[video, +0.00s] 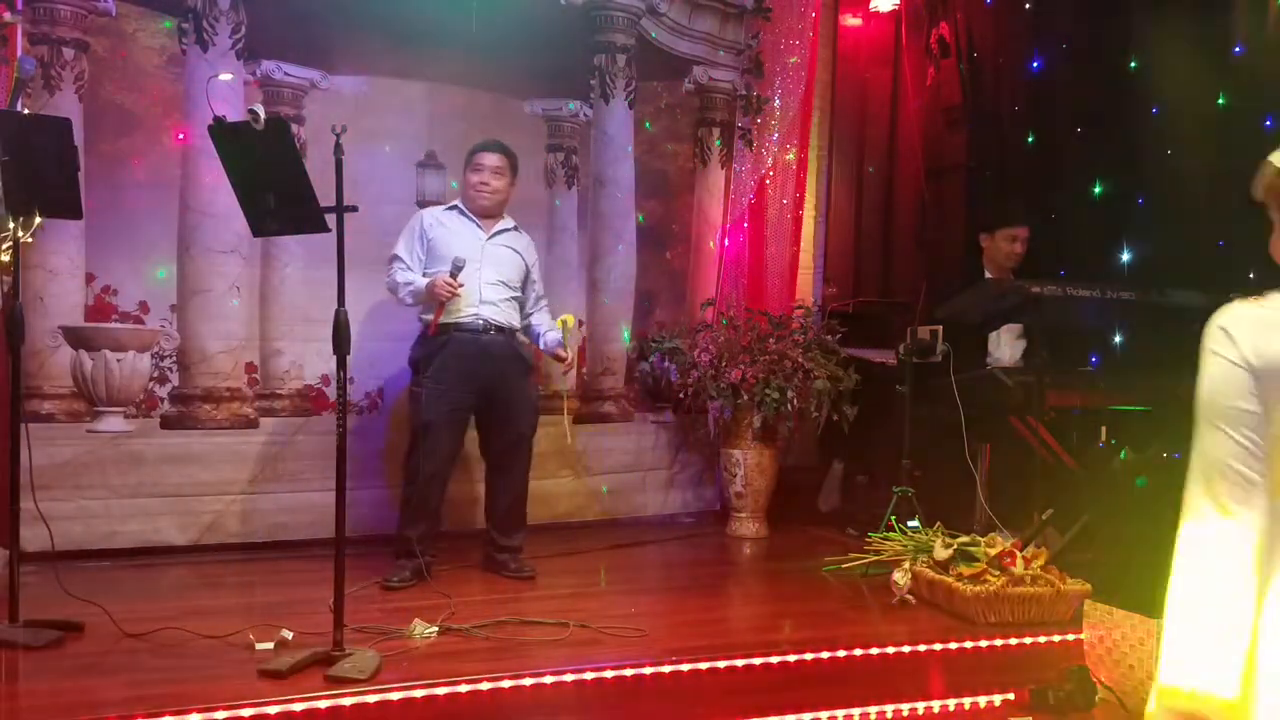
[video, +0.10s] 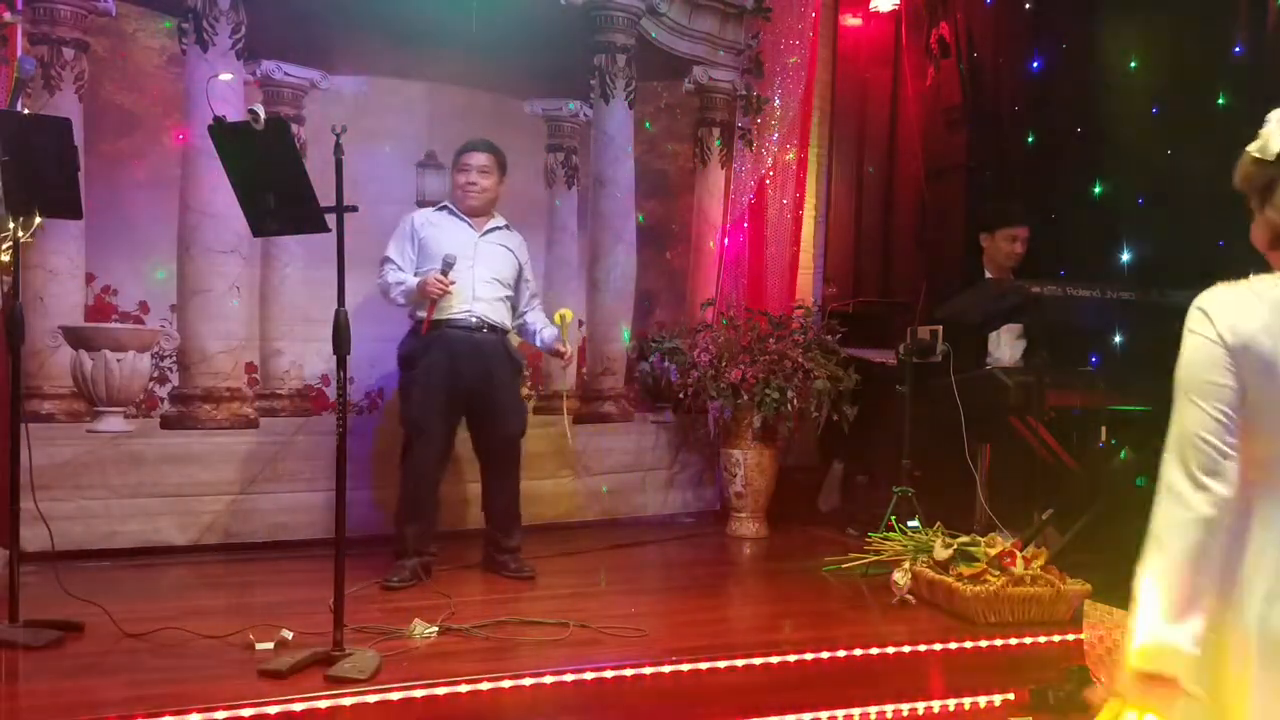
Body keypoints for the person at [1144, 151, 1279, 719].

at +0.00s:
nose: (1273, 245)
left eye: (1275, 221)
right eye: (1270, 221)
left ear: (1277, 232)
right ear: (1268, 228)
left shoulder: (1244, 335)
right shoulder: (1242, 335)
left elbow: (1224, 524)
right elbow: (1223, 523)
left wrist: (1194, 694)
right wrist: (1198, 693)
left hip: (1259, 683)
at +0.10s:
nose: (1256, 230)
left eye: (1259, 199)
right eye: (1257, 200)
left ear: (1272, 206)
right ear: (1265, 206)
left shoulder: (1232, 316)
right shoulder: (1231, 317)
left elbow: (1199, 488)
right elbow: (1198, 489)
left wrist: (1158, 668)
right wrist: (1160, 666)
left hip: (1258, 657)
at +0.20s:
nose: (1246, 222)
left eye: (1247, 202)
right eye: (1248, 202)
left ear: (1254, 215)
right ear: (1262, 212)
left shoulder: (1222, 305)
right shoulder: (1225, 306)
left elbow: (1170, 470)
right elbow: (1169, 469)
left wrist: (1109, 631)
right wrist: (1111, 630)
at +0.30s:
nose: (1231, 224)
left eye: (1234, 212)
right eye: (1238, 211)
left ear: (1240, 226)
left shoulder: (1206, 304)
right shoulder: (1207, 304)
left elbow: (1131, 460)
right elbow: (1131, 459)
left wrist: (1073, 596)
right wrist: (1076, 597)